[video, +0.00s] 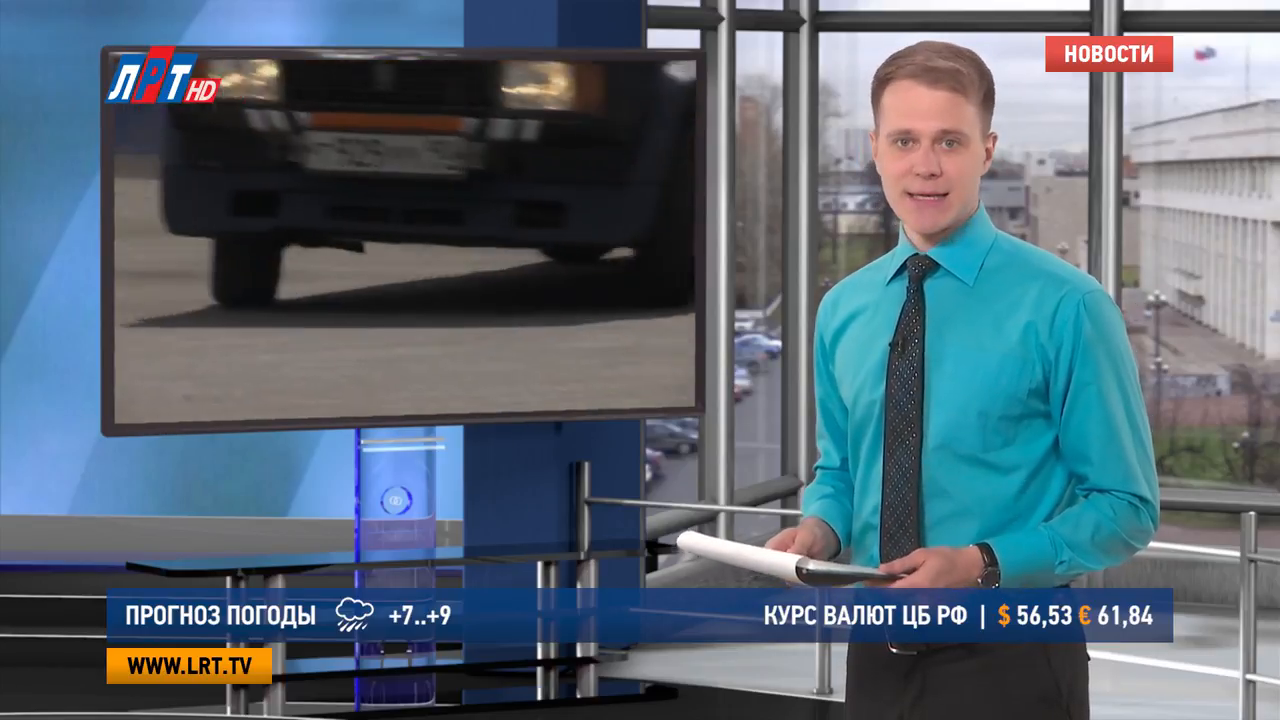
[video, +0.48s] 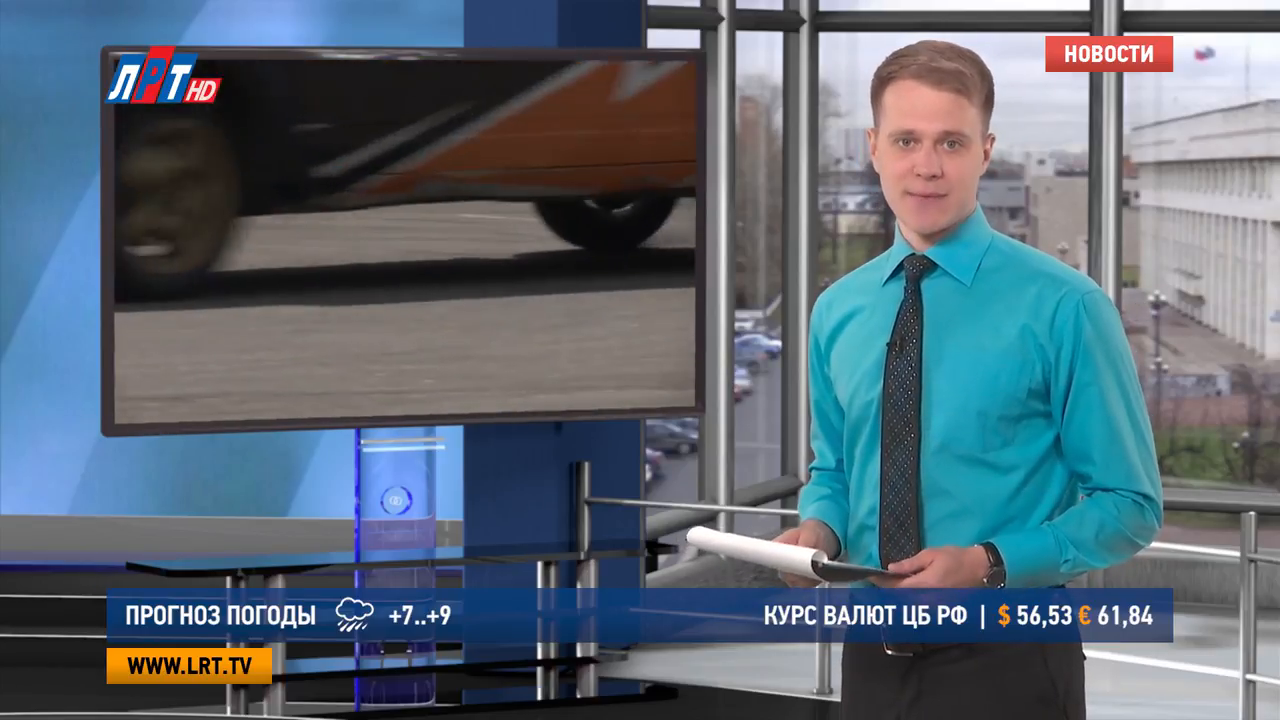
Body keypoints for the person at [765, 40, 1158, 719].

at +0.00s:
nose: (925, 165)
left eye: (949, 141)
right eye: (904, 141)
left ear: (987, 149)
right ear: (875, 150)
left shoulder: (1067, 305)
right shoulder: (843, 309)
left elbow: (1127, 505)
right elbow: (838, 471)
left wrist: (984, 563)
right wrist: (815, 531)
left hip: (1012, 659)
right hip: (878, 656)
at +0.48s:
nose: (926, 166)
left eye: (950, 142)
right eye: (905, 141)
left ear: (986, 150)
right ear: (874, 150)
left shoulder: (1063, 306)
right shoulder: (836, 311)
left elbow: (1131, 504)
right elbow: (831, 472)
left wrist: (990, 563)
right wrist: (816, 531)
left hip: (1005, 664)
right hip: (871, 663)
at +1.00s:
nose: (932, 142)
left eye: (955, 125)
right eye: (910, 122)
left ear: (986, 149)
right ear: (874, 147)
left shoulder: (1061, 308)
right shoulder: (833, 311)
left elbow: (1124, 508)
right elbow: (830, 472)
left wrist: (983, 567)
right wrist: (813, 534)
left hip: (1005, 662)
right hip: (870, 660)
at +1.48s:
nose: (920, 156)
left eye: (944, 133)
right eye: (899, 133)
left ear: (983, 147)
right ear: (871, 148)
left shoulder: (1061, 309)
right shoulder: (834, 311)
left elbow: (1121, 510)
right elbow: (829, 472)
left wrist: (981, 567)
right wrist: (809, 534)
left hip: (1002, 662)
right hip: (867, 659)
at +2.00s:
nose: (910, 161)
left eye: (936, 136)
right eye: (891, 137)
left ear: (982, 146)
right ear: (871, 150)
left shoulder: (1064, 310)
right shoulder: (839, 311)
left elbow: (1125, 510)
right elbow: (833, 472)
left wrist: (984, 565)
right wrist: (812, 534)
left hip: (1003, 663)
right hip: (869, 662)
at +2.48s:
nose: (919, 156)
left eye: (944, 133)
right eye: (899, 134)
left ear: (988, 147)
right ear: (877, 148)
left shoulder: (1067, 310)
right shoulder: (843, 310)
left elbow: (1125, 511)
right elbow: (835, 473)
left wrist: (985, 564)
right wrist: (816, 530)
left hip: (1004, 663)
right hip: (871, 662)